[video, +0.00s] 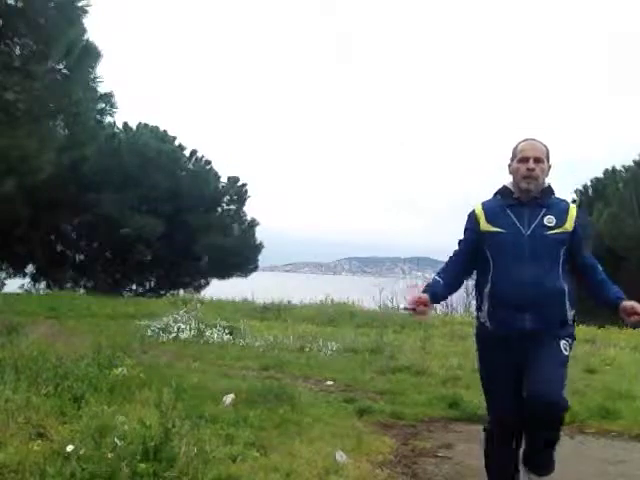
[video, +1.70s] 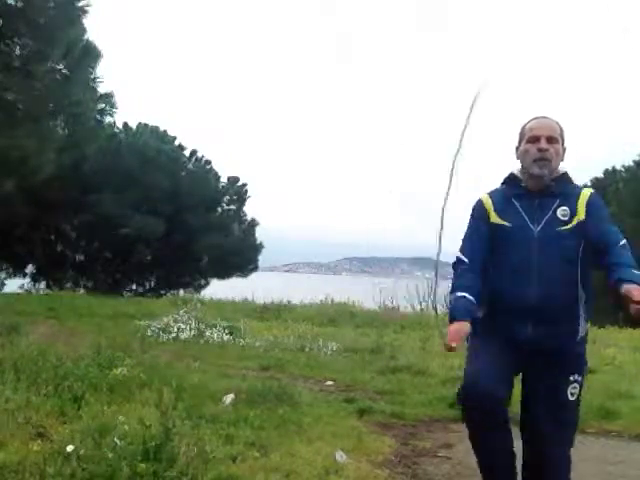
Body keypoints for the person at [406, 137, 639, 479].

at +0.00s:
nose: (530, 166)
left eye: (537, 161)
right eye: (523, 160)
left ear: (548, 169)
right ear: (511, 167)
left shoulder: (568, 215)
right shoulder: (484, 215)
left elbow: (586, 266)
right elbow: (460, 263)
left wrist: (619, 301)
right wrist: (431, 294)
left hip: (550, 334)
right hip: (497, 333)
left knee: (545, 401)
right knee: (502, 420)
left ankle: (538, 465)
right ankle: (502, 475)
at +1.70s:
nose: (542, 146)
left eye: (551, 141)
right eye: (533, 140)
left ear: (562, 153)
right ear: (518, 151)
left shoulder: (584, 202)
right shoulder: (490, 205)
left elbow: (614, 245)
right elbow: (468, 264)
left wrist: (628, 281)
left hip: (559, 340)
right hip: (497, 337)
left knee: (549, 443)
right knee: (478, 397)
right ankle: (500, 474)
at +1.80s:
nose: (541, 130)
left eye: (550, 125)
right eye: (532, 124)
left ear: (562, 134)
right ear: (517, 133)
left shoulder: (574, 169)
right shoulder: (496, 177)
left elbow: (570, 209)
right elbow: (496, 247)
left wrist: (502, 241)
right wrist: (573, 270)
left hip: (553, 311)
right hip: (499, 310)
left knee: (546, 416)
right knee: (492, 400)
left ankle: (542, 473)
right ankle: (499, 473)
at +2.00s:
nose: (534, 157)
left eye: (542, 151)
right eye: (525, 151)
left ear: (553, 161)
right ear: (510, 160)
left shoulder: (571, 202)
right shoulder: (486, 208)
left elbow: (567, 254)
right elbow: (487, 270)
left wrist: (516, 251)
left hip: (553, 332)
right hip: (497, 334)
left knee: (558, 405)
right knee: (497, 433)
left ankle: (537, 468)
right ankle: (499, 473)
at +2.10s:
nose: (537, 135)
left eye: (546, 129)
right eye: (528, 128)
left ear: (558, 139)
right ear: (512, 138)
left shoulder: (579, 194)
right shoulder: (482, 192)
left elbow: (598, 254)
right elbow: (456, 250)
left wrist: (623, 295)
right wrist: (428, 299)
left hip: (559, 328)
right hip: (498, 329)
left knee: (551, 416)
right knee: (501, 431)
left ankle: (547, 475)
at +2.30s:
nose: (540, 158)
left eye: (548, 152)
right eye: (531, 152)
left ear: (560, 163)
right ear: (515, 162)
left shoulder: (585, 215)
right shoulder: (484, 215)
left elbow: (624, 263)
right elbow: (458, 269)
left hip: (558, 343)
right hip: (494, 340)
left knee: (545, 453)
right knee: (475, 398)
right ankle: (503, 461)